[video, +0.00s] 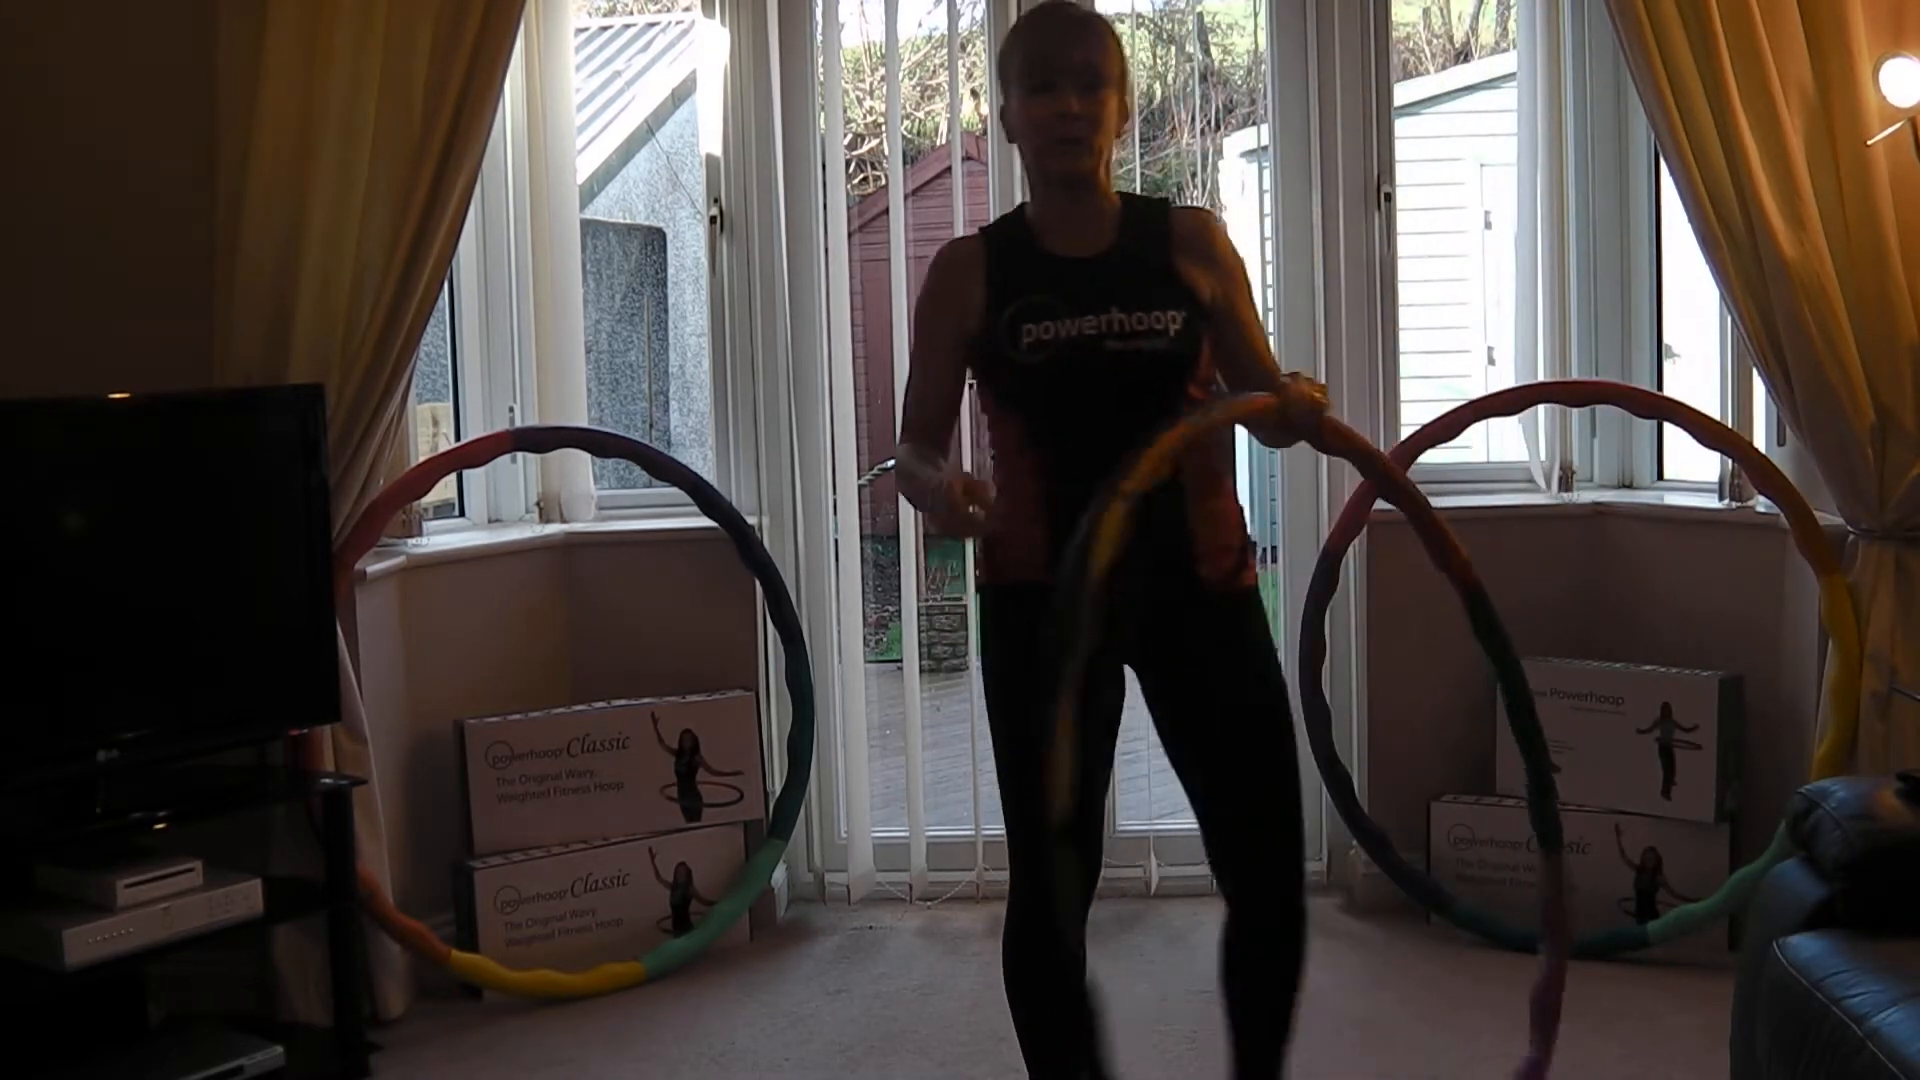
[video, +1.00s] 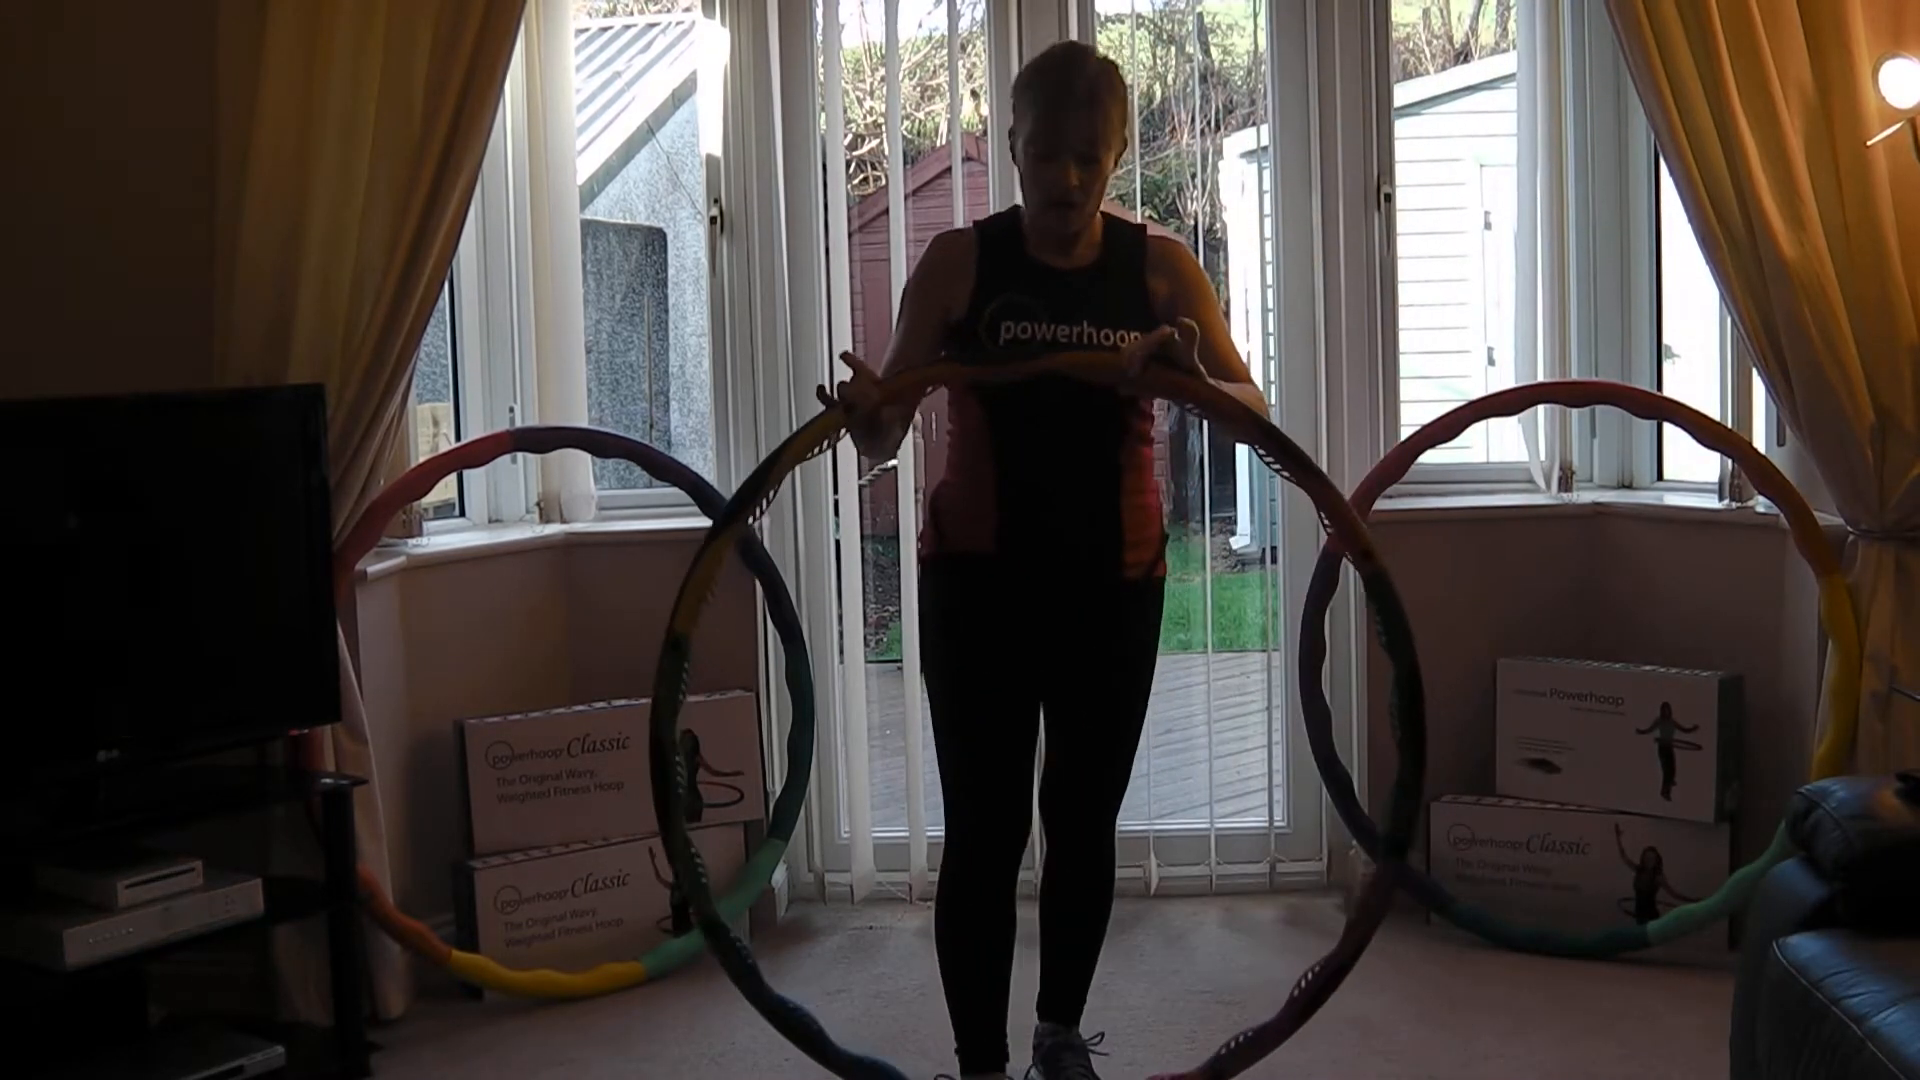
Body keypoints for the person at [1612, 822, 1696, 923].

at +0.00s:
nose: (1648, 860)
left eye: (1651, 857)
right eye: (1646, 856)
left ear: (1656, 860)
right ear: (1642, 858)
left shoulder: (1658, 876)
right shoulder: (1639, 871)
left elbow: (1672, 894)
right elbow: (1624, 857)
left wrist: (1692, 901)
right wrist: (1618, 837)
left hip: (1651, 913)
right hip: (1639, 912)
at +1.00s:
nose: (1648, 860)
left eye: (1652, 857)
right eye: (1646, 857)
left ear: (1656, 860)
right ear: (1642, 858)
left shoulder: (1658, 876)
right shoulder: (1639, 871)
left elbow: (1673, 894)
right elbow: (1623, 857)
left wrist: (1693, 901)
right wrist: (1618, 837)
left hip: (1651, 912)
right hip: (1639, 911)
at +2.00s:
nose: (1648, 859)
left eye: (1651, 857)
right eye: (1646, 856)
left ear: (1656, 859)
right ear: (1642, 858)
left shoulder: (1657, 876)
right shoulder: (1639, 871)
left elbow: (1673, 894)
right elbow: (1623, 856)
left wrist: (1692, 901)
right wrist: (1618, 839)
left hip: (1651, 913)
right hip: (1639, 912)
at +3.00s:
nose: (1648, 860)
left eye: (1651, 857)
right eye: (1646, 856)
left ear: (1657, 860)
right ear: (1642, 858)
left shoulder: (1657, 877)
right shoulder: (1639, 870)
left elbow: (1674, 894)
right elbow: (1623, 856)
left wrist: (1693, 901)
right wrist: (1618, 838)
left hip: (1651, 912)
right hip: (1639, 911)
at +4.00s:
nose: (1649, 861)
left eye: (1652, 857)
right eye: (1647, 857)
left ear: (1657, 860)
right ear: (1642, 858)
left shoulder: (1658, 876)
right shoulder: (1638, 870)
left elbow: (1673, 894)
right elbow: (1622, 856)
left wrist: (1694, 901)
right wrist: (1618, 837)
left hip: (1651, 912)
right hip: (1639, 911)